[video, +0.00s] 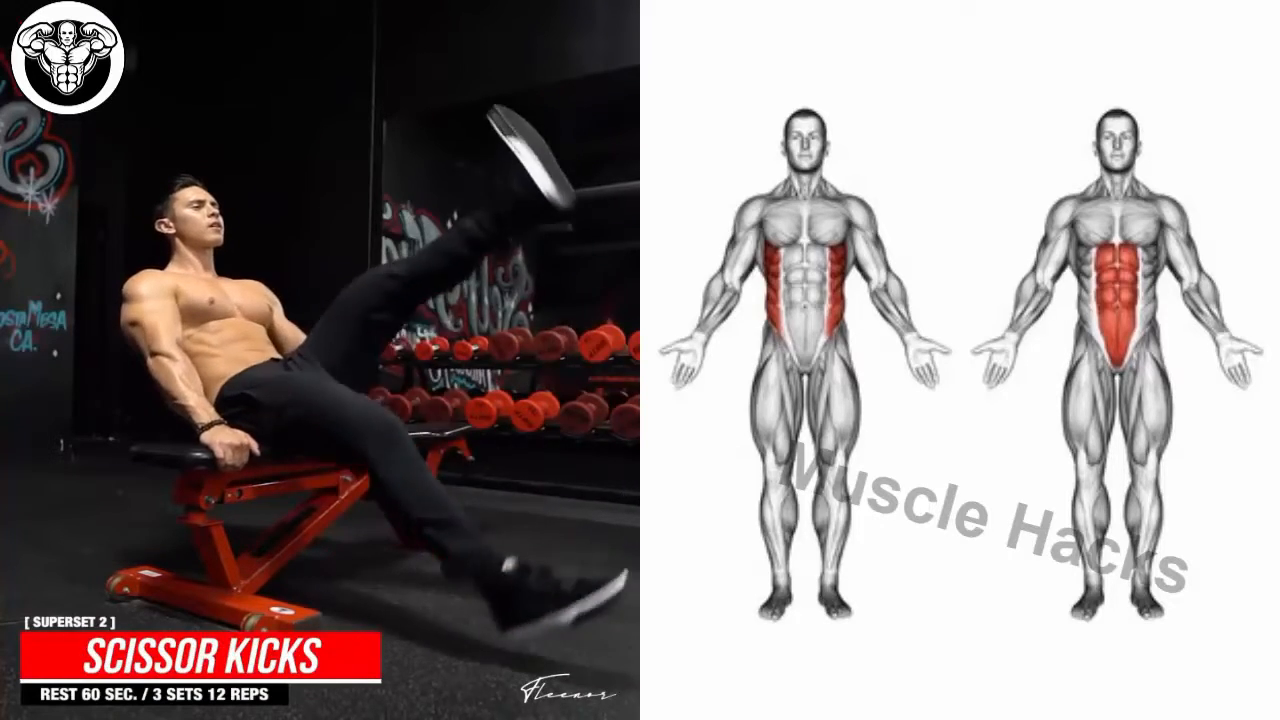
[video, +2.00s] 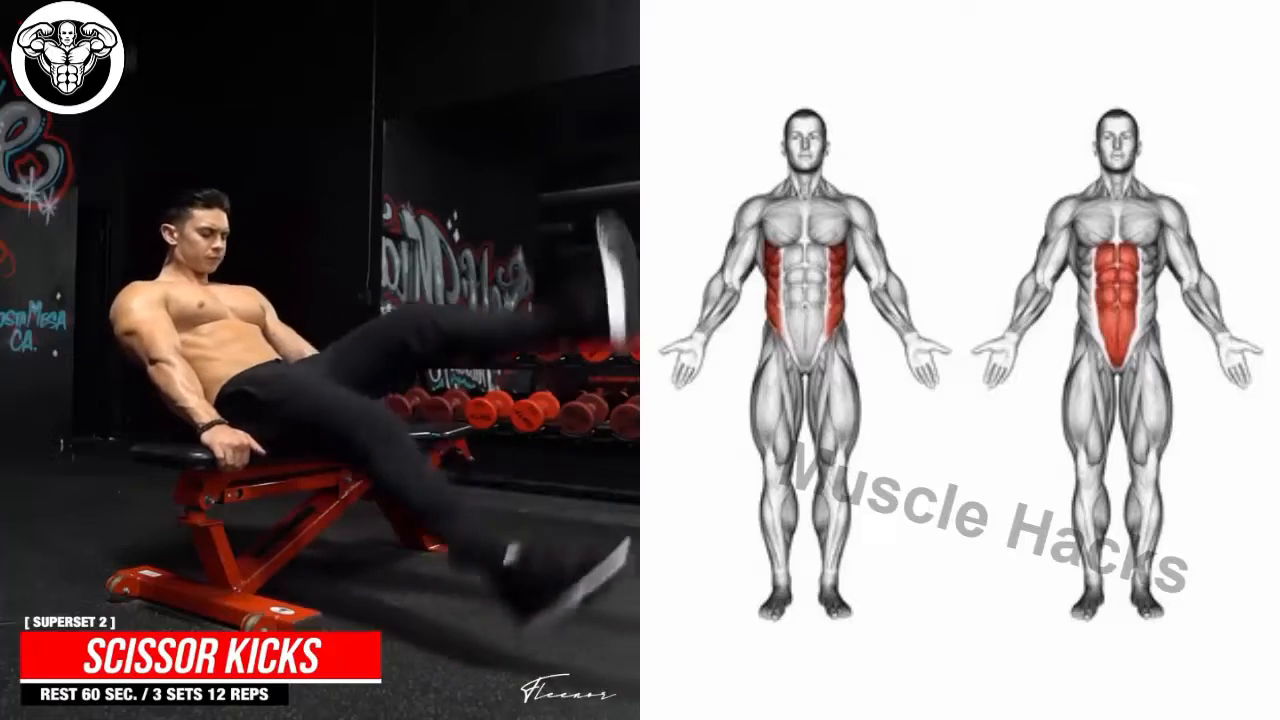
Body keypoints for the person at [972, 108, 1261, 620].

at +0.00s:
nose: (1116, 145)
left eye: (1124, 137)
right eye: (1109, 137)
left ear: (1137, 146)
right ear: (1097, 145)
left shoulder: (1164, 211)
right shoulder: (1070, 211)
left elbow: (1193, 282)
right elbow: (1041, 282)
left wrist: (1221, 335)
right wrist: (1012, 336)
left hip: (1144, 355)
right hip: (1089, 354)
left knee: (1145, 466)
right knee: (1088, 466)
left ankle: (1141, 582)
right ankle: (1092, 583)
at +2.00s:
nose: (1116, 145)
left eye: (1124, 138)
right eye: (1108, 138)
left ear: (1137, 145)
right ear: (1096, 146)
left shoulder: (1164, 211)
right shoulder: (1070, 211)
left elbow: (1193, 282)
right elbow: (1041, 282)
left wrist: (1222, 335)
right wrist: (1012, 336)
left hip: (1144, 355)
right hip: (1089, 355)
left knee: (1145, 466)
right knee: (1088, 466)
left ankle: (1141, 581)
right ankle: (1092, 583)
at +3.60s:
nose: (1116, 145)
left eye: (1124, 137)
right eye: (1109, 137)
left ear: (1137, 145)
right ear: (1097, 145)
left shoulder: (1164, 211)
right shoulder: (1070, 211)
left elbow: (1193, 282)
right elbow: (1041, 282)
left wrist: (1221, 335)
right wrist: (1012, 336)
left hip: (1144, 355)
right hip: (1089, 354)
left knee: (1145, 466)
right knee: (1088, 466)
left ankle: (1141, 582)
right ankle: (1092, 583)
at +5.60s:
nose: (1116, 146)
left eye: (1124, 138)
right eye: (1109, 138)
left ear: (1137, 145)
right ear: (1097, 145)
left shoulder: (1164, 211)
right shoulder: (1070, 211)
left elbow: (1193, 282)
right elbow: (1041, 281)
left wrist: (1222, 336)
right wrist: (1012, 336)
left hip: (1144, 355)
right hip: (1089, 354)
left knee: (1145, 466)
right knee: (1088, 466)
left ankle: (1141, 582)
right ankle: (1092, 583)